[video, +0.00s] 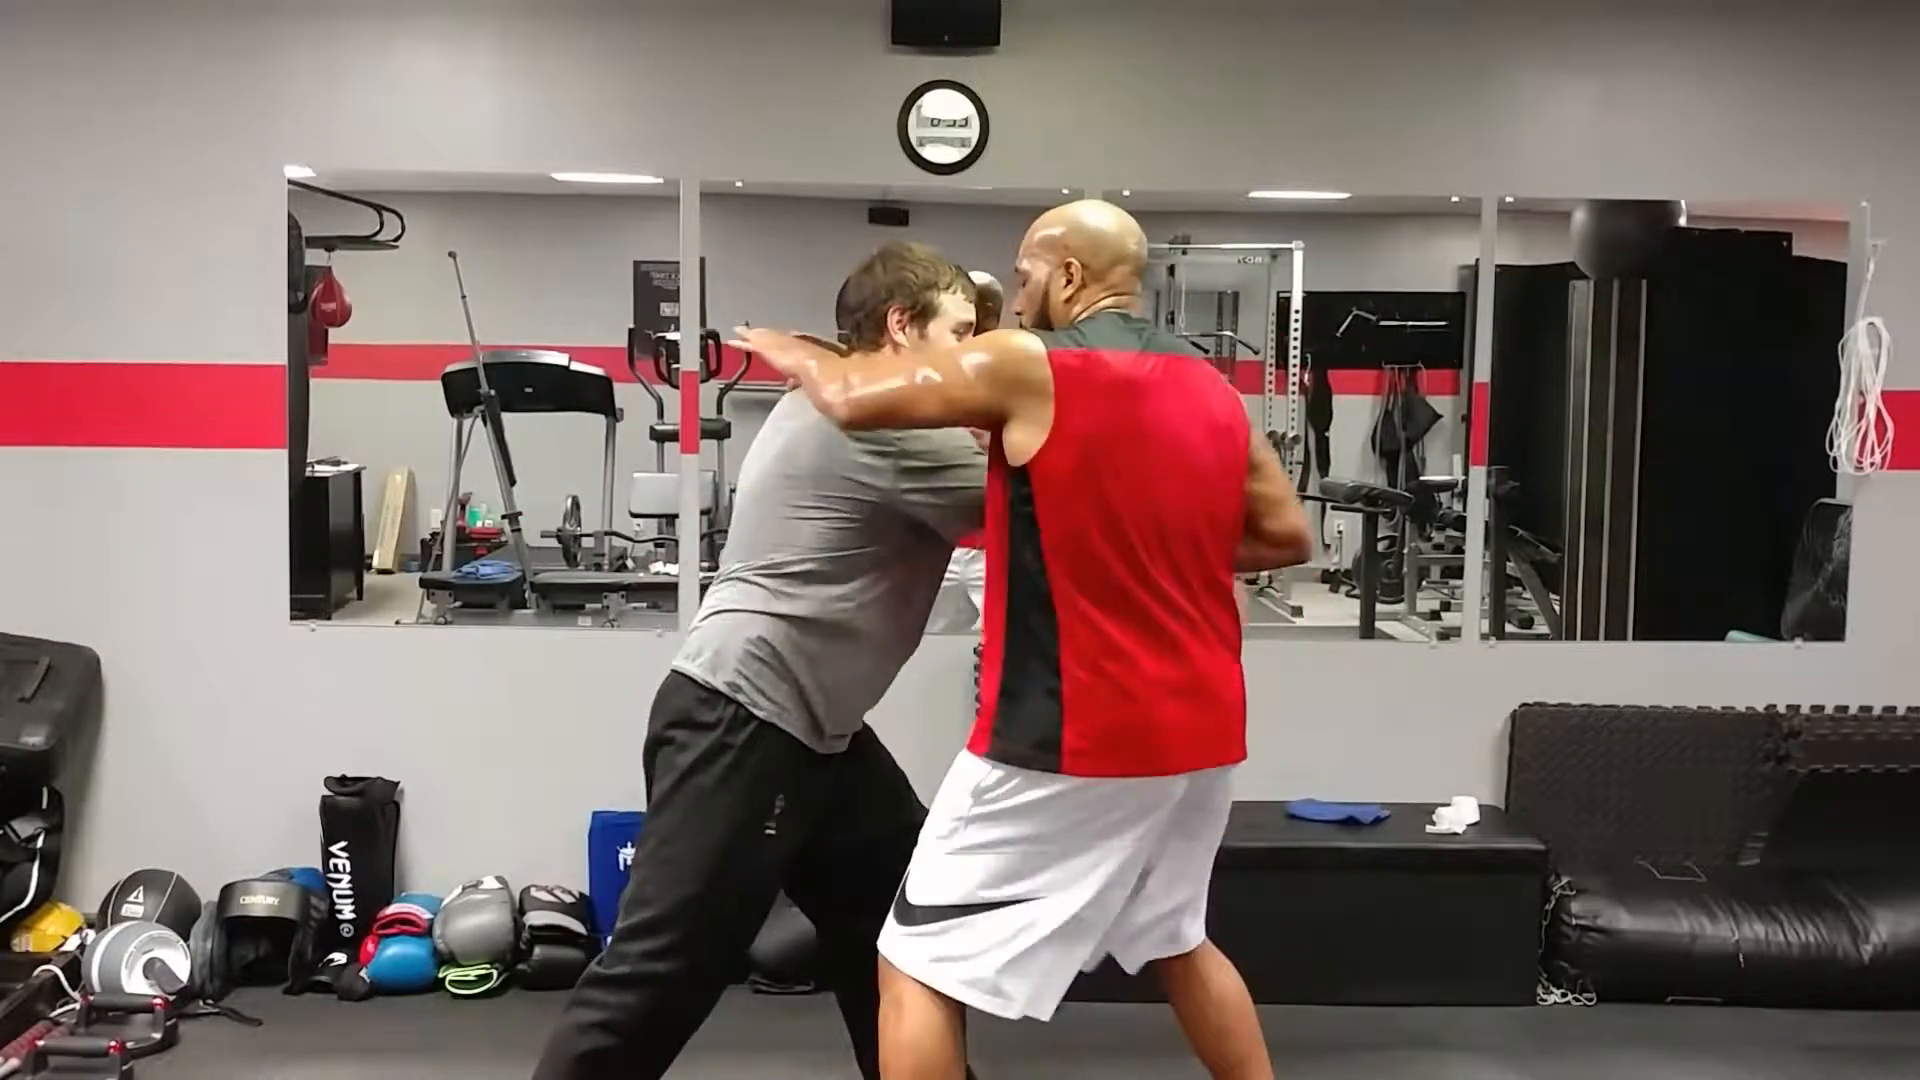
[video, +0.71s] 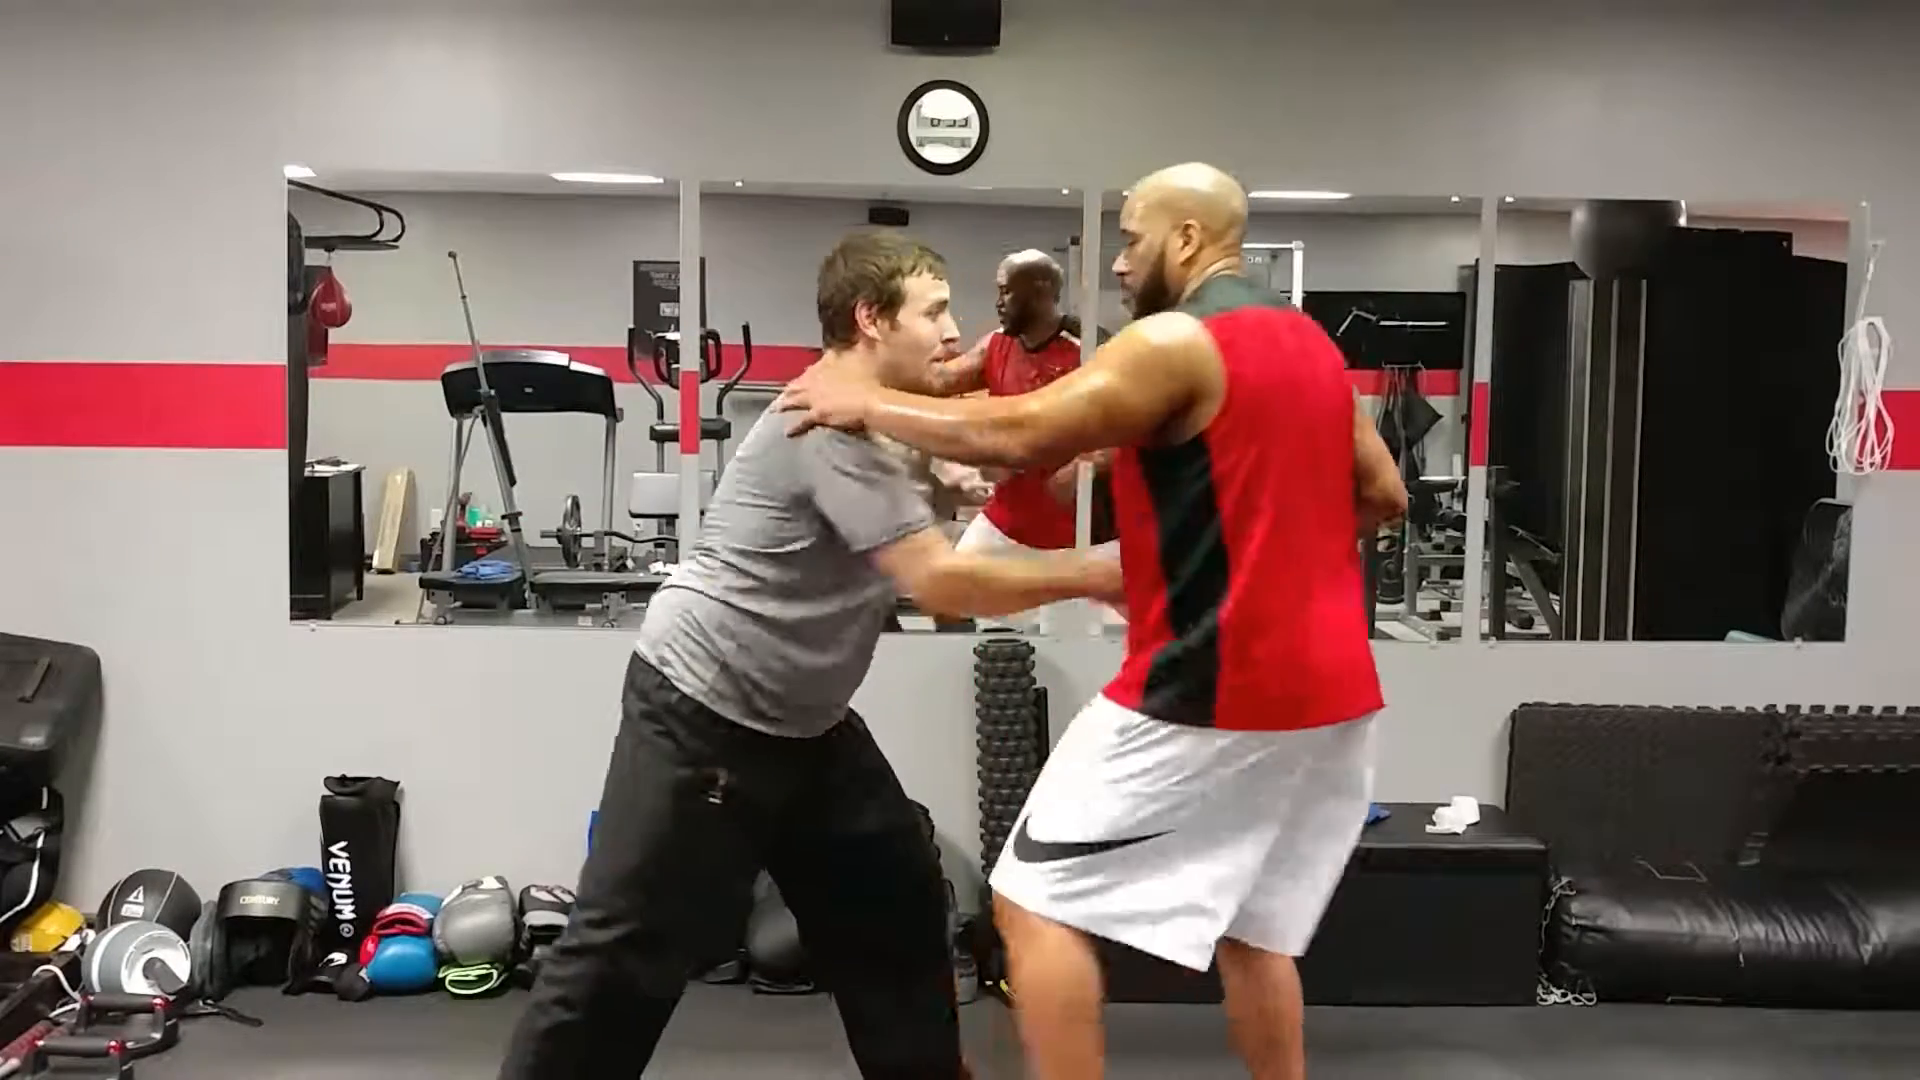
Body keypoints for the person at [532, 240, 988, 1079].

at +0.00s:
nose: (976, 355)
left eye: (977, 334)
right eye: (963, 331)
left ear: (889, 331)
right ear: (900, 329)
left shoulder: (830, 404)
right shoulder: (887, 430)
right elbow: (1036, 496)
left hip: (812, 728)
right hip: (739, 720)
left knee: (917, 939)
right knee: (656, 980)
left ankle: (915, 1073)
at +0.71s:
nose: (954, 335)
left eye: (953, 315)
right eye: (936, 313)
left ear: (871, 324)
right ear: (868, 322)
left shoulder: (889, 425)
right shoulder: (829, 426)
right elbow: (937, 583)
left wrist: (953, 488)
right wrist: (1085, 572)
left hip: (806, 721)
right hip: (698, 710)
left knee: (894, 908)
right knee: (624, 953)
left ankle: (926, 1067)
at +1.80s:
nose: (905, 298)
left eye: (897, 282)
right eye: (886, 281)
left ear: (822, 307)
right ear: (827, 303)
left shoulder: (805, 398)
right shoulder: (843, 383)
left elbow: (953, 313)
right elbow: (1009, 287)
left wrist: (1085, 229)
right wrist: (1109, 207)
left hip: (869, 734)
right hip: (782, 733)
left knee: (976, 938)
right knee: (695, 973)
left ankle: (993, 1076)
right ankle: (561, 1076)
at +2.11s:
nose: (1006, 332)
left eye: (1003, 311)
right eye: (991, 311)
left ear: (915, 330)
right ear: (935, 325)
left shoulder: (856, 400)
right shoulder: (954, 402)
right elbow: (1089, 489)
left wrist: (999, 363)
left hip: (862, 711)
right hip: (818, 694)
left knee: (960, 934)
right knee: (782, 952)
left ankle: (990, 1069)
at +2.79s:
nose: (1005, 335)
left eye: (1006, 315)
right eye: (989, 313)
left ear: (928, 317)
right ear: (930, 313)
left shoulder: (874, 393)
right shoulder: (906, 412)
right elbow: (1069, 485)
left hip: (855, 710)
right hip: (771, 700)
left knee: (924, 909)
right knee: (707, 951)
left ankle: (920, 1068)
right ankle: (624, 1075)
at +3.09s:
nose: (1004, 320)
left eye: (1003, 300)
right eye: (988, 298)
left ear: (928, 309)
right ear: (927, 307)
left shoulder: (924, 391)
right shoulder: (908, 396)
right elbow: (1016, 552)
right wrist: (1165, 547)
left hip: (852, 700)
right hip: (765, 684)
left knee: (919, 895)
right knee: (685, 932)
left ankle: (923, 1070)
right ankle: (595, 1078)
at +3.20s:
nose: (967, 312)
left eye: (966, 293)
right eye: (951, 292)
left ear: (896, 304)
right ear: (889, 302)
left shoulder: (905, 397)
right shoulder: (846, 398)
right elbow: (891, 579)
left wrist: (1018, 393)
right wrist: (1028, 564)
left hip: (843, 710)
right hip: (744, 695)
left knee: (919, 905)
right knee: (651, 942)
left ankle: (924, 1069)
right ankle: (547, 1074)